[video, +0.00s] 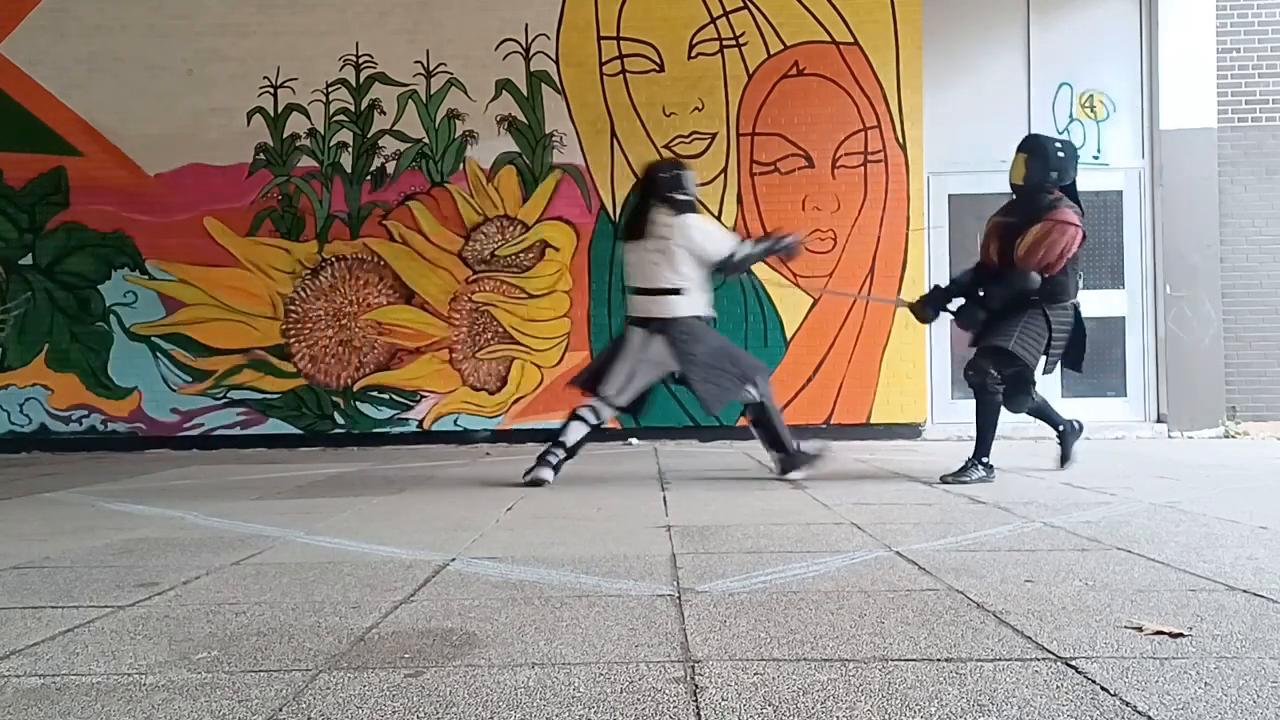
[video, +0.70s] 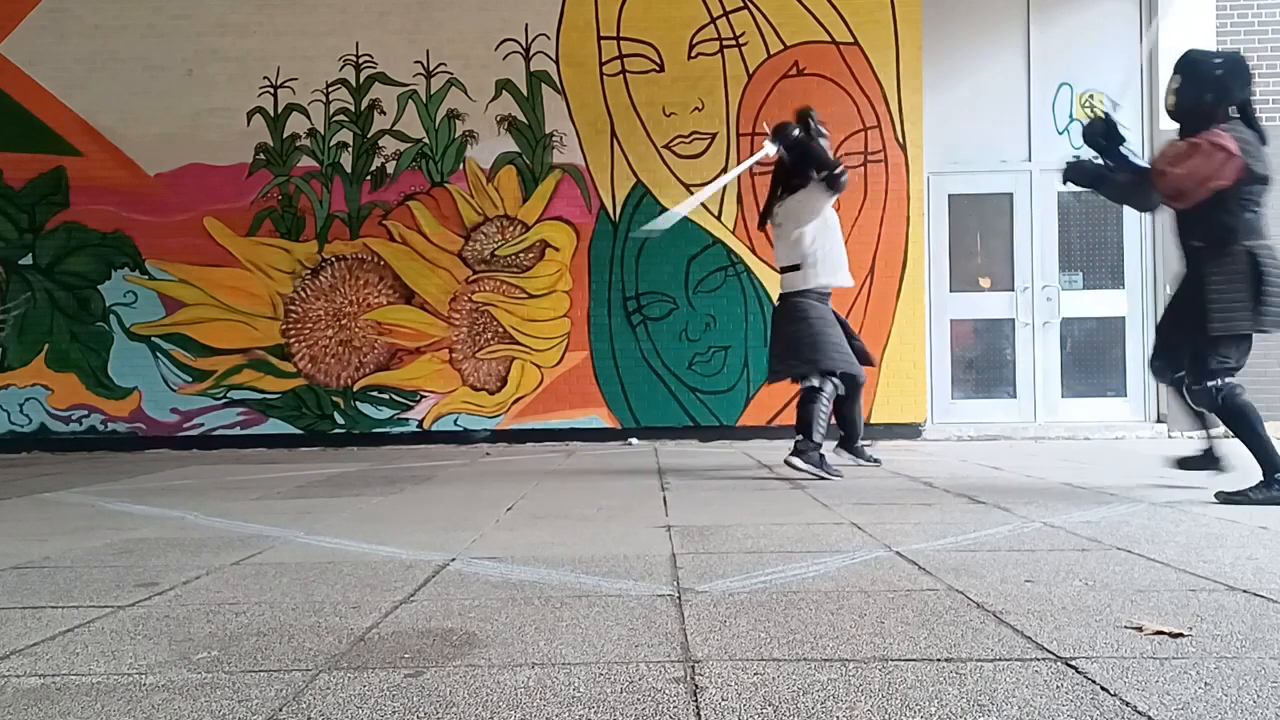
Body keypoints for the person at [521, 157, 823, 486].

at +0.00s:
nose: (693, 194)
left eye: (689, 188)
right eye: (689, 188)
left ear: (649, 193)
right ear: (679, 191)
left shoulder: (634, 229)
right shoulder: (688, 224)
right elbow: (732, 256)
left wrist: (751, 249)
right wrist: (774, 246)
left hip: (641, 332)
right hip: (685, 333)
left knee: (604, 402)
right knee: (753, 379)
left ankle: (548, 463)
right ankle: (789, 456)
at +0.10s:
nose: (732, 192)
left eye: (731, 188)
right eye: (728, 188)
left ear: (692, 195)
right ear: (717, 195)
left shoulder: (685, 223)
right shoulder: (728, 226)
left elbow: (728, 205)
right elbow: (781, 234)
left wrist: (763, 192)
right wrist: (810, 208)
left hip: (687, 331)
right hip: (723, 331)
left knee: (658, 406)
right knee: (799, 372)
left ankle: (588, 443)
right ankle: (805, 458)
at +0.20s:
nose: (760, 181)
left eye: (759, 176)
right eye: (756, 178)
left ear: (719, 187)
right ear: (745, 188)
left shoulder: (708, 220)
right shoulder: (757, 222)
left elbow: (747, 182)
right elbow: (807, 215)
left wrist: (787, 162)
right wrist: (828, 178)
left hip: (716, 325)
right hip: (754, 327)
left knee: (714, 401)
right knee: (824, 377)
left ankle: (654, 442)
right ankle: (806, 459)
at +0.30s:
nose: (786, 176)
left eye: (784, 172)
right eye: (781, 171)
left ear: (739, 178)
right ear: (773, 178)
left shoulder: (727, 204)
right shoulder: (783, 212)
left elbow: (758, 167)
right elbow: (828, 194)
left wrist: (798, 137)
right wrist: (842, 148)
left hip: (734, 309)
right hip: (770, 311)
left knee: (757, 387)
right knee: (831, 380)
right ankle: (807, 459)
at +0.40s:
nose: (802, 168)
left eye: (800, 163)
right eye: (797, 164)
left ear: (757, 173)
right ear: (787, 173)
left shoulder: (744, 203)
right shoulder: (796, 205)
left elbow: (764, 159)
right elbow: (841, 182)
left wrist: (795, 123)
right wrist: (837, 137)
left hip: (752, 307)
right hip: (786, 307)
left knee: (782, 371)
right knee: (838, 379)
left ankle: (771, 439)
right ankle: (807, 458)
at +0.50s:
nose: (809, 169)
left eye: (804, 164)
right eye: (805, 163)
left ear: (768, 169)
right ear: (799, 170)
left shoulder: (756, 202)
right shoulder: (808, 200)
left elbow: (766, 163)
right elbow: (850, 170)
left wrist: (782, 118)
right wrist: (824, 134)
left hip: (768, 302)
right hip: (799, 303)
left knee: (811, 376)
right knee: (844, 381)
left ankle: (810, 451)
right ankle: (807, 455)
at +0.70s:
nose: (830, 151)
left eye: (828, 145)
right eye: (826, 145)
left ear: (790, 164)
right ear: (807, 163)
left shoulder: (793, 204)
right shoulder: (794, 205)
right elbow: (836, 179)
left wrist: (791, 147)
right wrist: (805, 143)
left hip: (815, 305)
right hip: (803, 306)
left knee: (852, 375)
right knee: (825, 376)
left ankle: (851, 443)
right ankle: (808, 446)